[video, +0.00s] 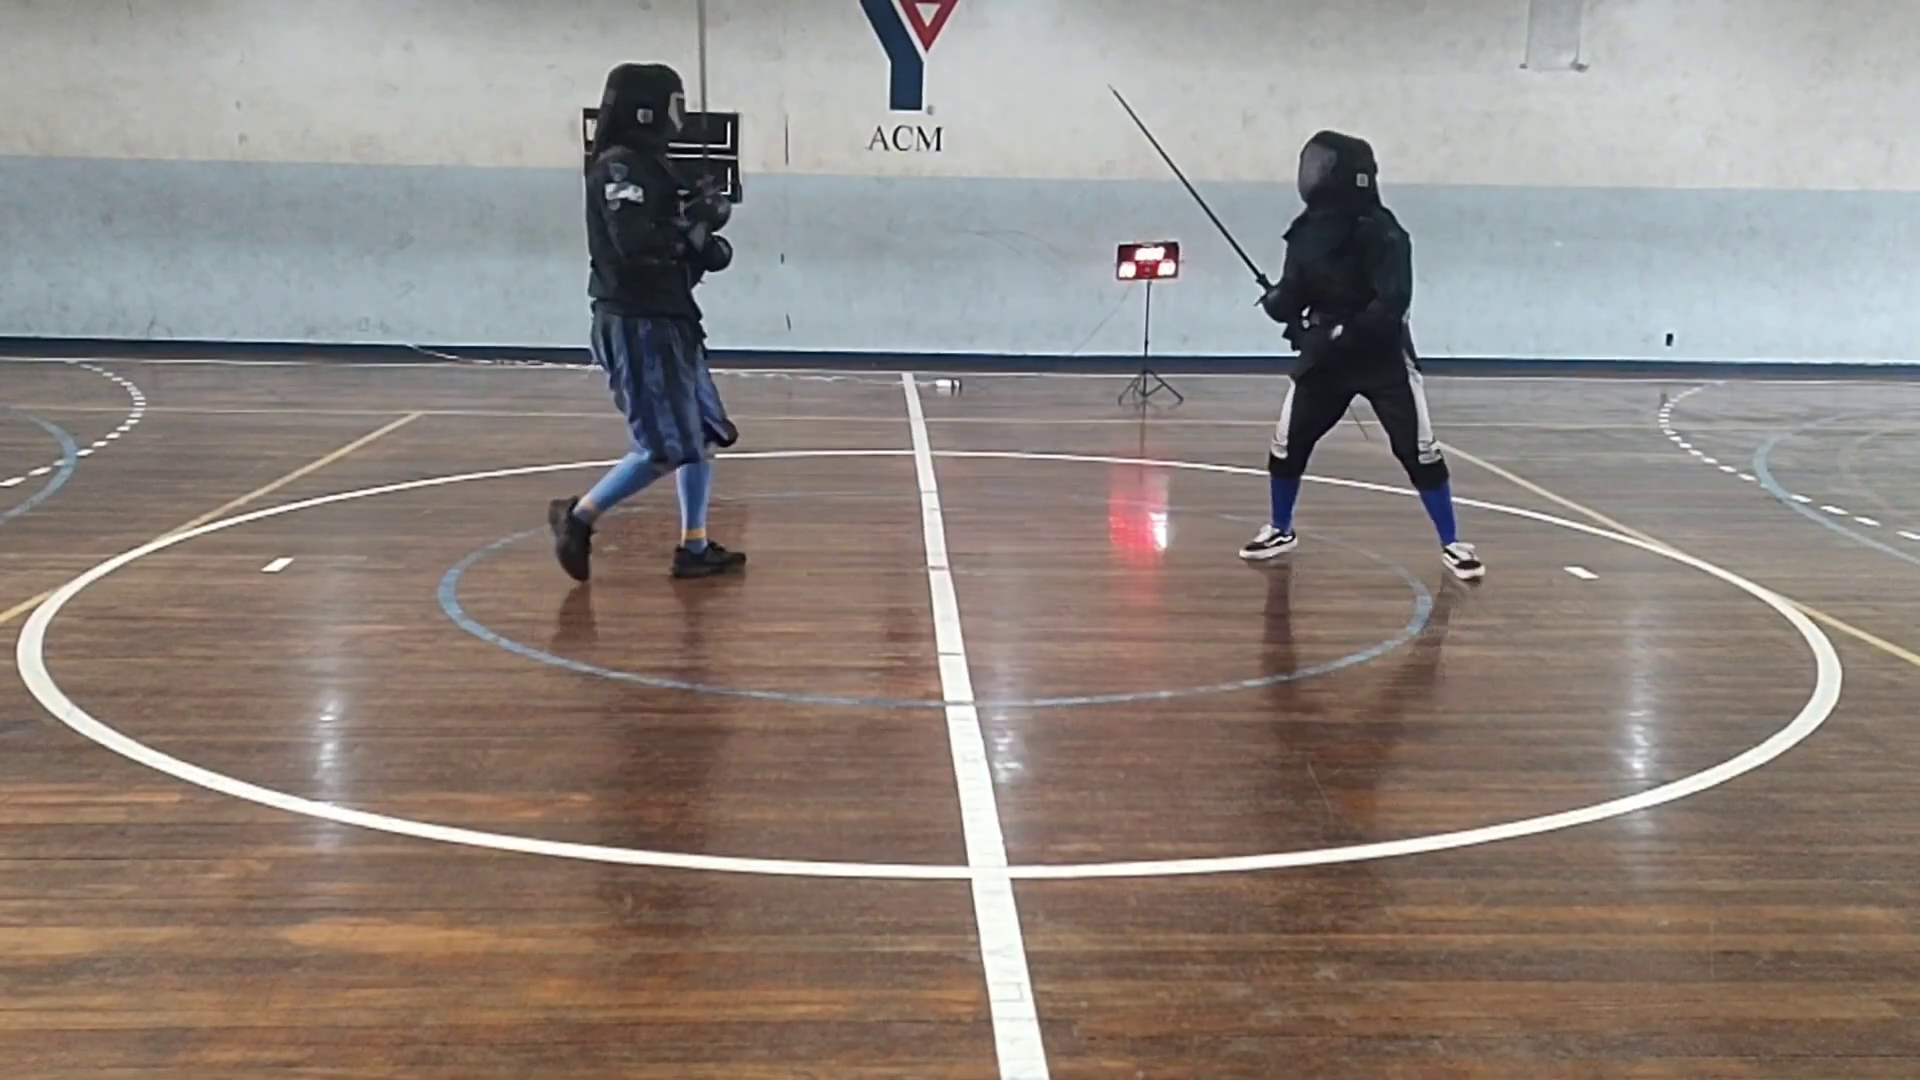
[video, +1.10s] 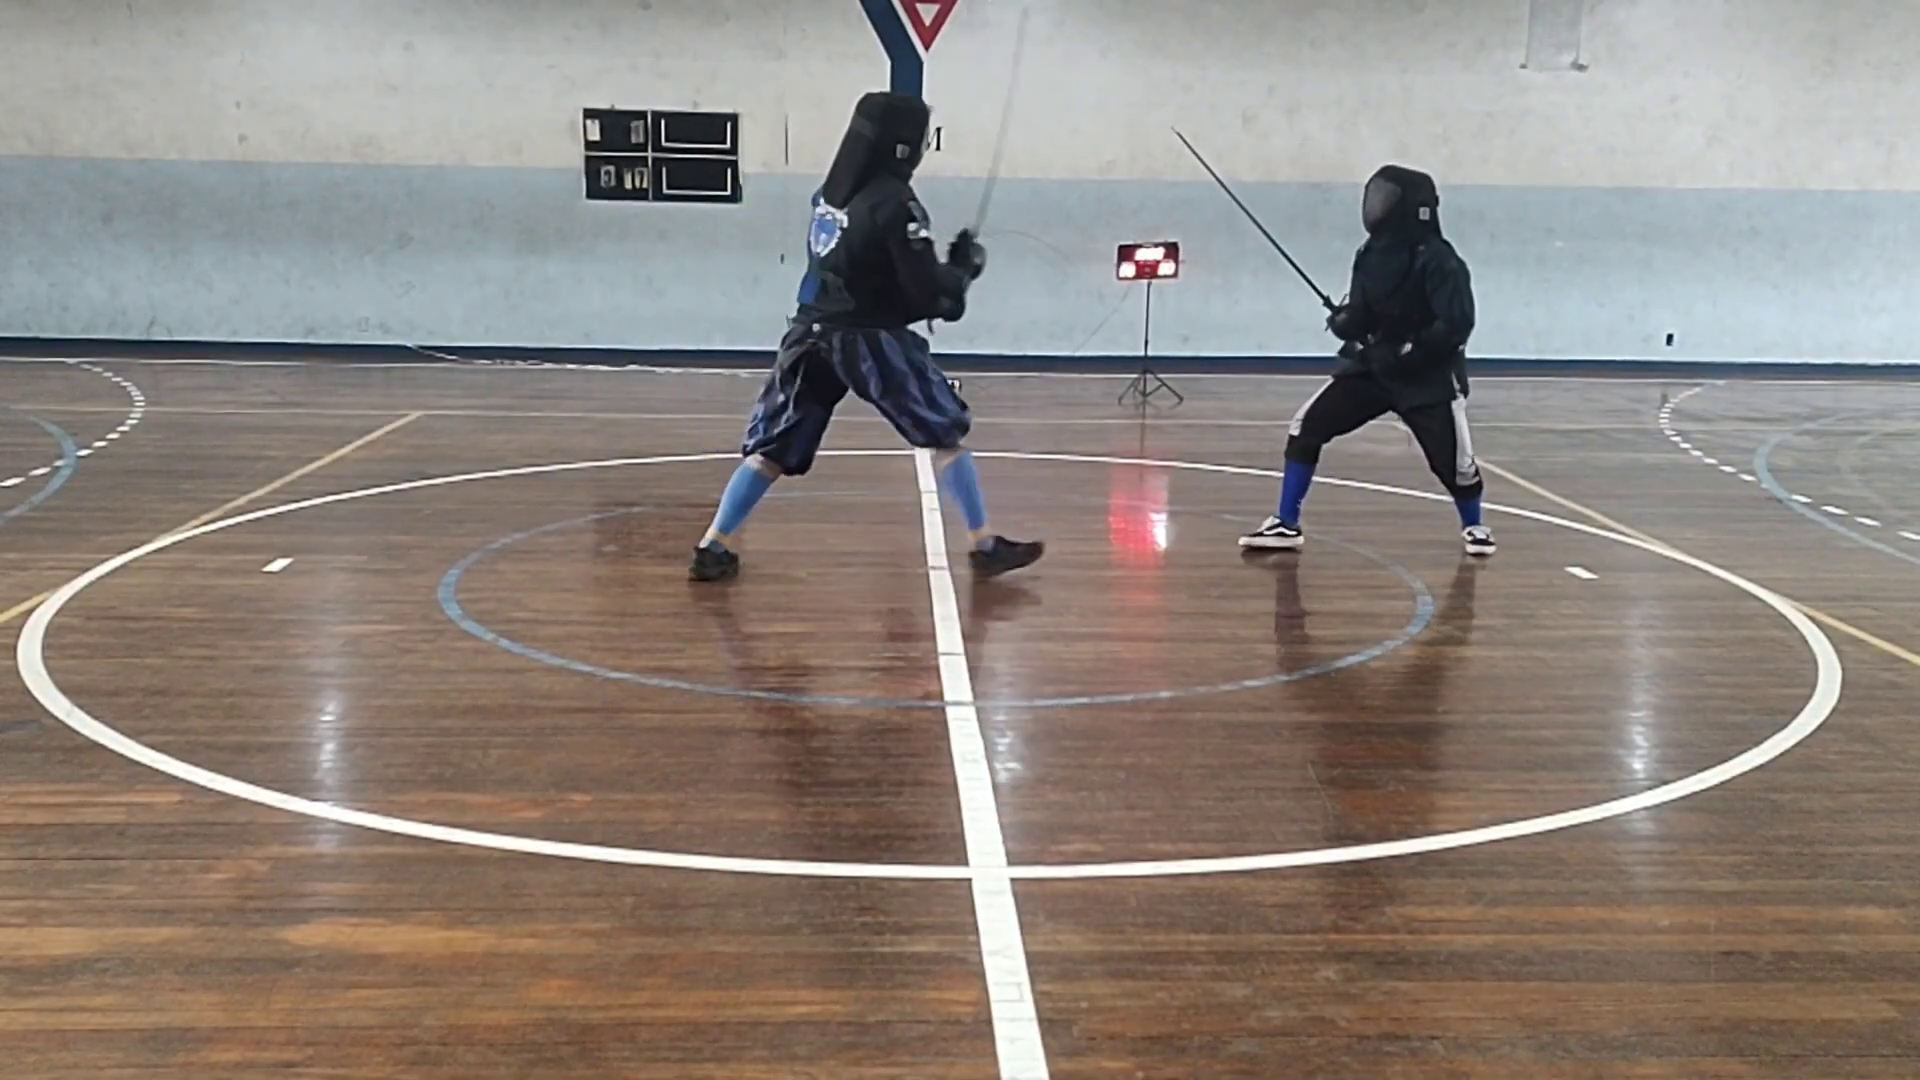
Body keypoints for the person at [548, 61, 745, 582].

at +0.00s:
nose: (678, 117)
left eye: (677, 107)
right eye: (671, 107)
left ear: (637, 111)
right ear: (644, 111)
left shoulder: (650, 165)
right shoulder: (619, 166)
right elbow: (636, 243)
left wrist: (702, 241)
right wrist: (694, 232)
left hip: (668, 318)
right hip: (634, 321)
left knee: (698, 437)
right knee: (668, 446)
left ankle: (695, 548)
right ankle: (578, 516)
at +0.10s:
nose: (701, 119)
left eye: (700, 108)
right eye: (694, 108)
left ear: (660, 110)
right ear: (668, 111)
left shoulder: (667, 166)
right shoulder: (649, 168)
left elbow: (679, 249)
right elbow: (668, 248)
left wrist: (720, 256)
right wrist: (721, 229)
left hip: (679, 315)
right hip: (657, 319)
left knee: (722, 433)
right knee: (717, 433)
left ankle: (695, 544)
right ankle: (650, 521)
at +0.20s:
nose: (721, 123)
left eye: (720, 112)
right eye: (715, 112)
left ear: (673, 113)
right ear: (693, 115)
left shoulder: (665, 167)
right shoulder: (680, 170)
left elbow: (689, 248)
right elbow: (697, 247)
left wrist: (738, 237)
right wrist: (747, 247)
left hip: (661, 317)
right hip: (689, 318)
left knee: (715, 434)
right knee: (753, 427)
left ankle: (696, 545)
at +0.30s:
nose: (745, 123)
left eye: (745, 112)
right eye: (740, 113)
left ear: (692, 114)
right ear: (719, 117)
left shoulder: (680, 169)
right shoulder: (709, 174)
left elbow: (710, 252)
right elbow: (724, 250)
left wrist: (765, 237)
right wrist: (772, 257)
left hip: (675, 320)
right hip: (711, 323)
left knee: (722, 434)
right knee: (773, 430)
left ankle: (696, 546)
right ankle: (808, 544)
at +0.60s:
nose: (812, 132)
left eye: (812, 122)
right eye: (809, 122)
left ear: (754, 121)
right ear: (790, 127)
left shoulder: (722, 175)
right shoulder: (778, 185)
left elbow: (741, 262)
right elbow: (803, 276)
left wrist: (810, 246)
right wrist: (831, 250)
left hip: (718, 327)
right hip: (772, 331)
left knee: (750, 438)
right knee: (832, 433)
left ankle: (720, 548)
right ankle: (848, 547)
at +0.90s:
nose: (877, 148)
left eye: (877, 137)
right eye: (874, 138)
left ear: (821, 133)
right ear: (856, 141)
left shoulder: (788, 185)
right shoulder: (844, 195)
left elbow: (809, 268)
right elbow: (870, 288)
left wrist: (880, 250)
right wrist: (897, 255)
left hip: (772, 331)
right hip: (827, 337)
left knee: (768, 446)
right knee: (895, 437)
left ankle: (716, 548)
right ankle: (923, 546)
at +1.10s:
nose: (922, 150)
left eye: (922, 141)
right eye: (919, 142)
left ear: (865, 139)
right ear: (900, 147)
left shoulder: (833, 189)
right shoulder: (896, 203)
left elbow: (867, 274)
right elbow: (925, 290)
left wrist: (939, 277)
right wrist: (962, 268)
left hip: (811, 333)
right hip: (873, 339)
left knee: (776, 444)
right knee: (945, 432)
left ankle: (714, 545)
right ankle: (985, 543)